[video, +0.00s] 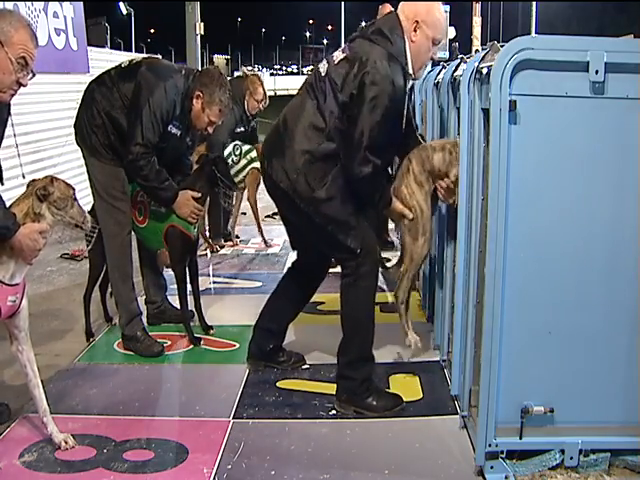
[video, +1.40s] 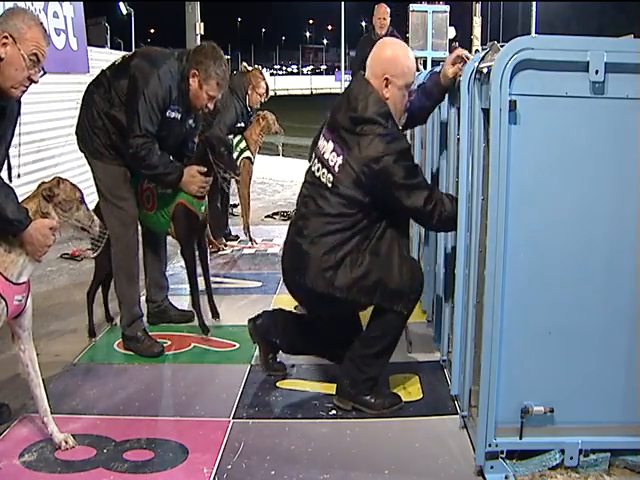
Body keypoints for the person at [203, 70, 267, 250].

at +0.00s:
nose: (261, 106)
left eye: (263, 102)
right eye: (258, 101)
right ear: (246, 97)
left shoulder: (250, 117)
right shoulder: (231, 115)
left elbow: (254, 144)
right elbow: (215, 148)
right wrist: (230, 183)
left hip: (229, 156)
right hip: (212, 155)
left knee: (229, 192)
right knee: (218, 193)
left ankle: (226, 232)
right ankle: (217, 235)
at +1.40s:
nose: (261, 100)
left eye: (263, 96)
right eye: (260, 95)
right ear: (248, 89)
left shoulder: (245, 105)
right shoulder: (233, 104)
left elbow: (243, 129)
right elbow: (215, 133)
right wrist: (230, 165)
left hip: (221, 145)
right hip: (209, 146)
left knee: (224, 189)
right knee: (215, 190)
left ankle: (224, 229)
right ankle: (215, 232)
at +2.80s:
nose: (269, 94)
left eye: (270, 89)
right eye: (266, 89)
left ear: (257, 85)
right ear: (253, 85)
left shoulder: (248, 95)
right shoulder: (232, 98)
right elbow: (229, 130)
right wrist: (250, 152)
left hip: (238, 143)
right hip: (216, 146)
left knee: (243, 190)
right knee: (216, 194)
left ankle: (249, 231)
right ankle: (212, 235)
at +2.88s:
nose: (272, 94)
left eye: (273, 90)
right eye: (269, 89)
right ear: (257, 84)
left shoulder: (252, 95)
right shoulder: (237, 95)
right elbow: (234, 126)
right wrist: (255, 151)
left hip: (243, 145)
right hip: (228, 147)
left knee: (248, 192)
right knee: (244, 193)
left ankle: (251, 230)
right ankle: (246, 234)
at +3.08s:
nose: (280, 90)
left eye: (282, 86)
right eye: (278, 85)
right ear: (267, 80)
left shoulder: (268, 99)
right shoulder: (248, 95)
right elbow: (244, 125)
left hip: (257, 147)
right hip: (242, 149)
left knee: (255, 191)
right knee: (249, 193)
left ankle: (254, 229)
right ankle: (249, 232)